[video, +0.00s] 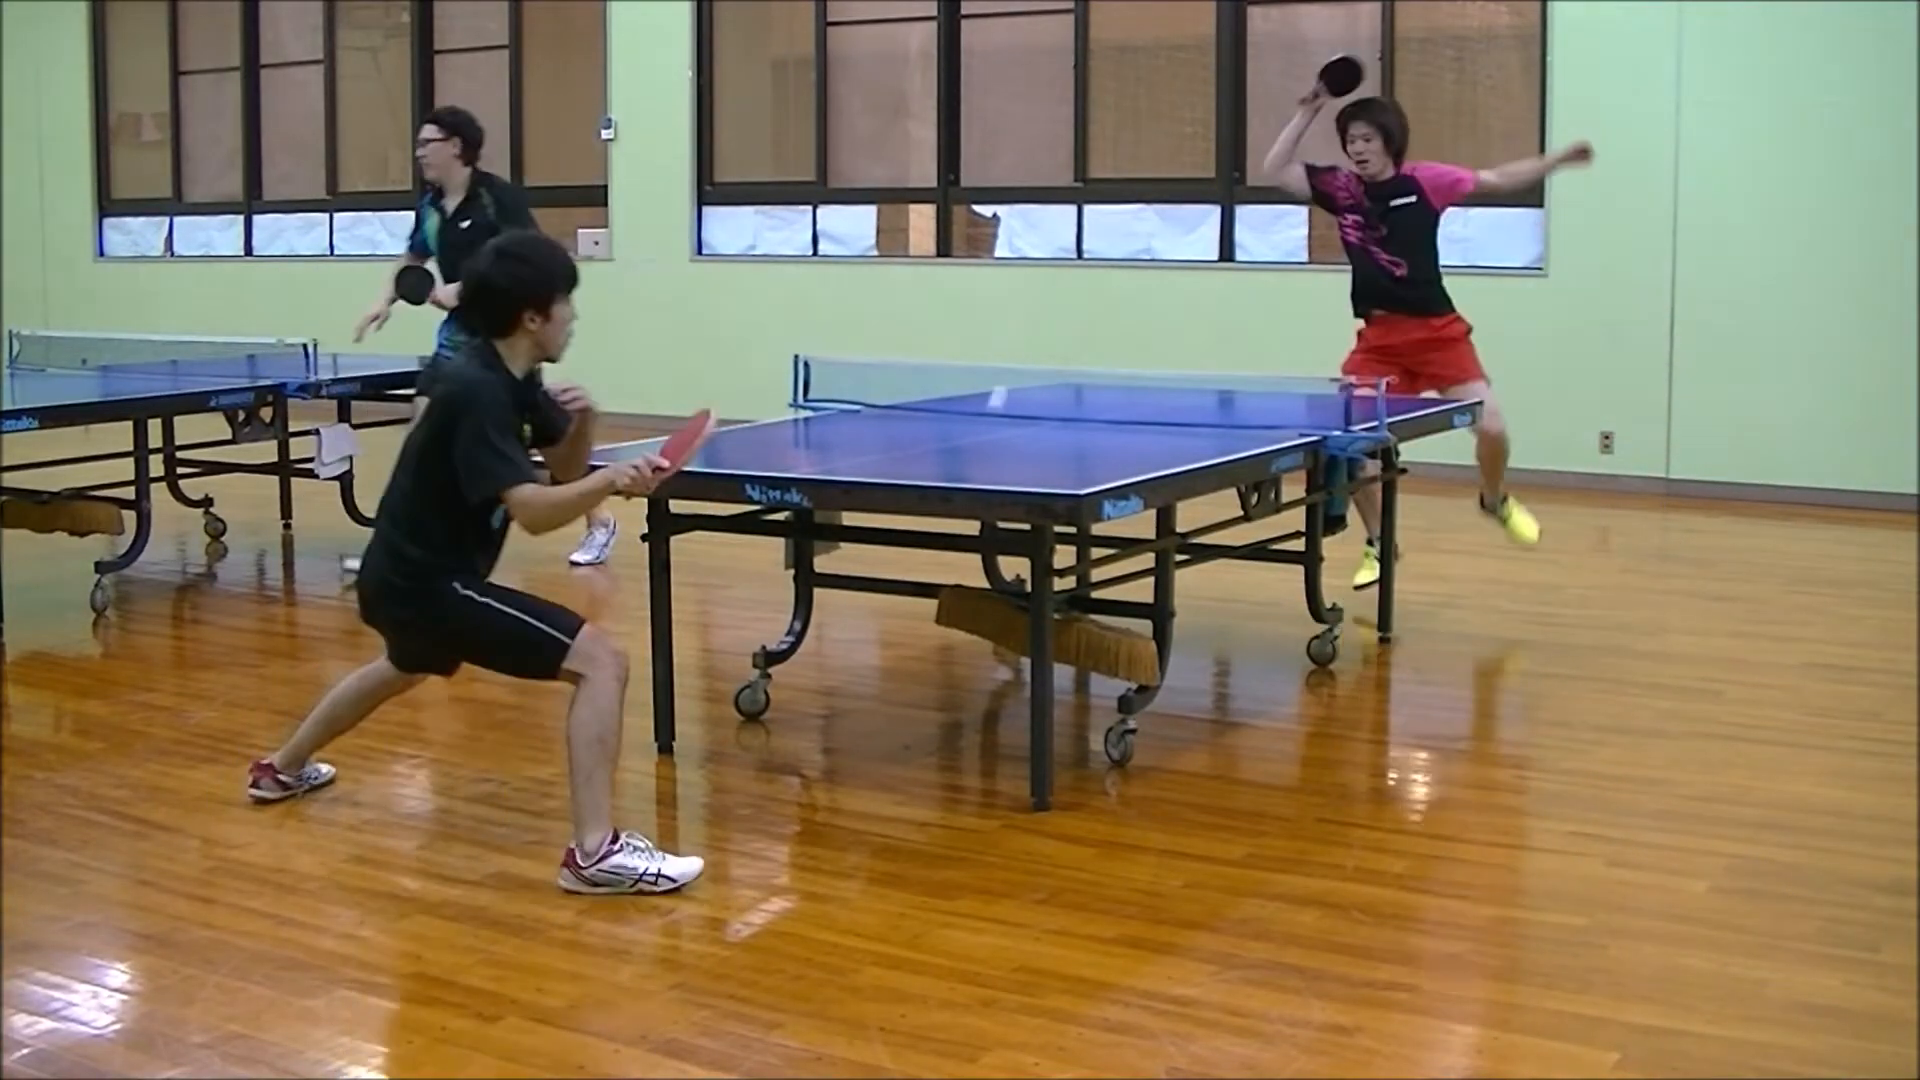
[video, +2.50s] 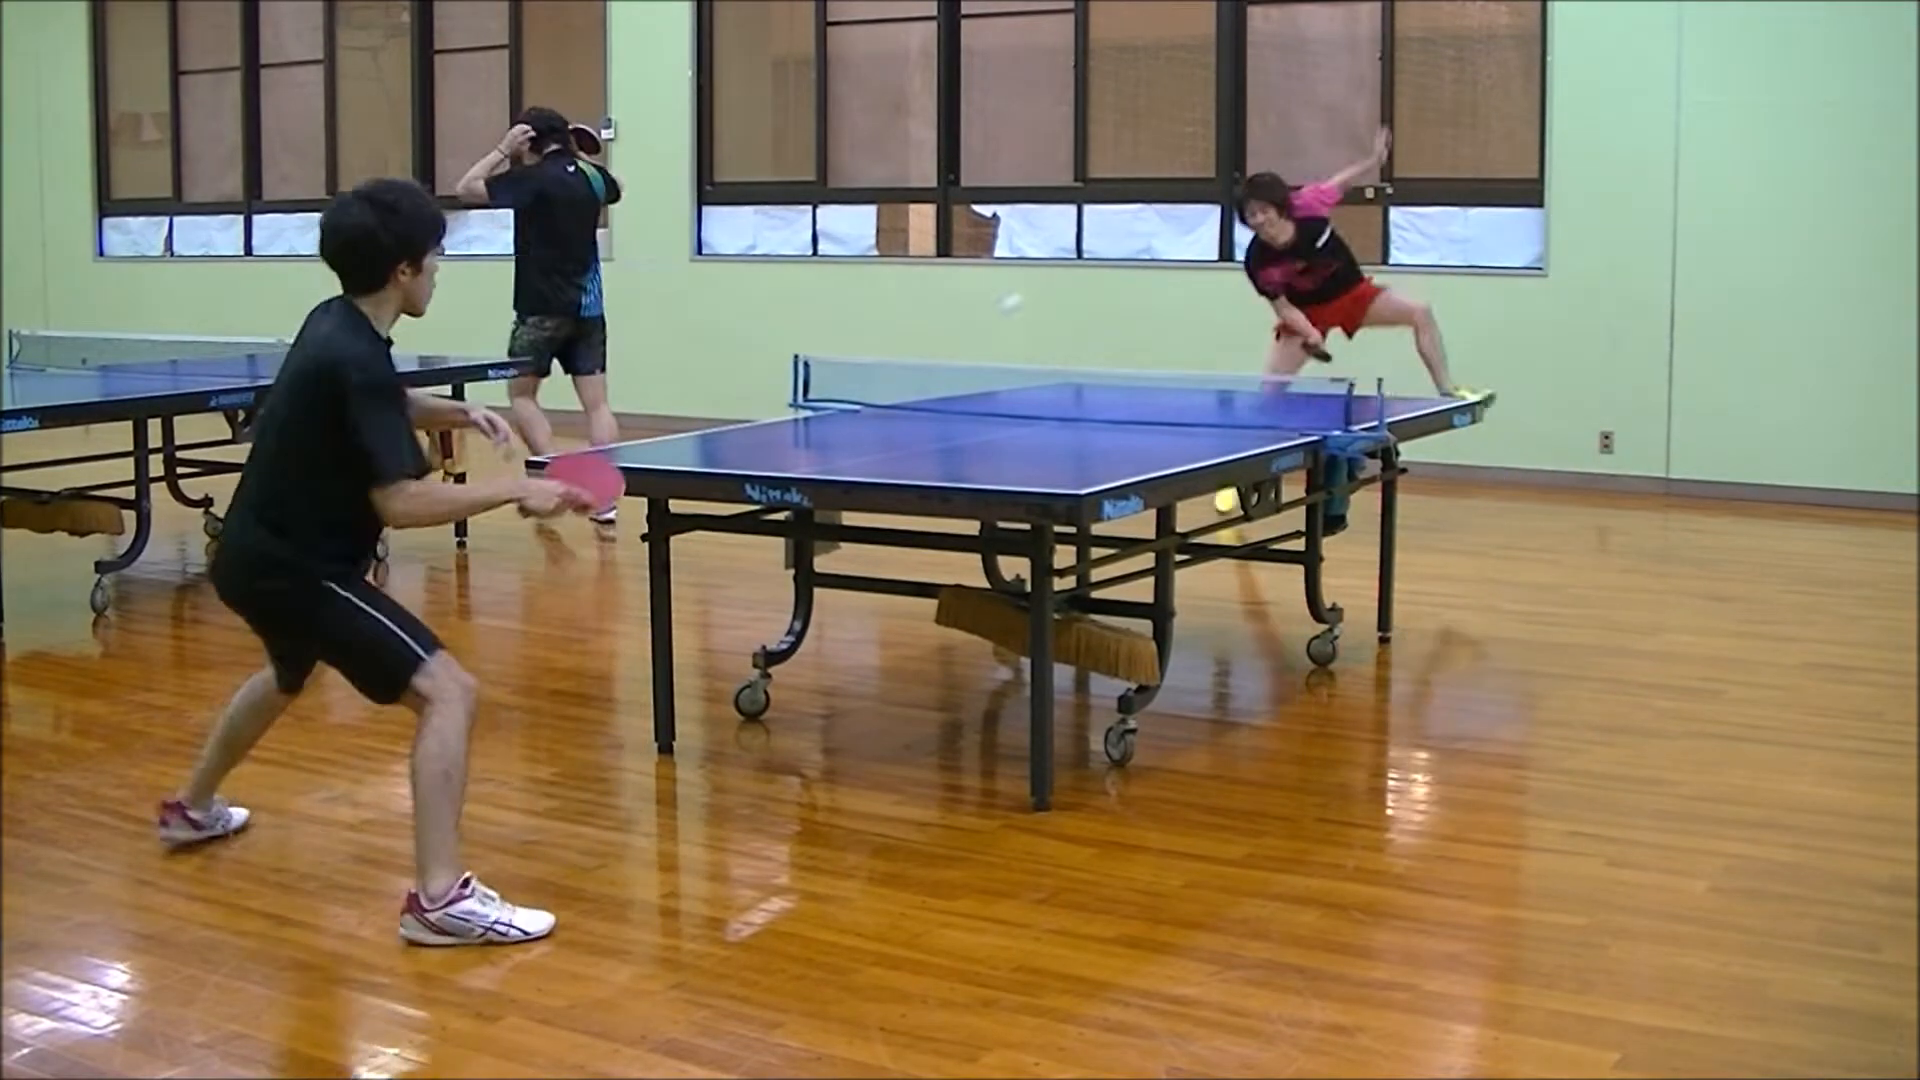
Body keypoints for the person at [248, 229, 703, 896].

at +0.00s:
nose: (572, 321)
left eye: (571, 308)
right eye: (566, 309)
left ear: (521, 314)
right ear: (532, 317)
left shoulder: (513, 374)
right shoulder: (476, 388)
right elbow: (533, 513)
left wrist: (582, 420)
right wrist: (610, 480)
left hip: (410, 578)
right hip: (424, 592)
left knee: (408, 667)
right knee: (600, 661)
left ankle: (281, 767)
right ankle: (595, 847)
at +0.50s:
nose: (653, 237)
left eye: (650, 222)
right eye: (650, 224)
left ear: (563, 223)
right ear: (629, 233)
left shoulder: (499, 277)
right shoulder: (629, 310)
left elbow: (389, 343)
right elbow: (728, 404)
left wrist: (416, 413)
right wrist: (820, 360)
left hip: (421, 494)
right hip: (509, 513)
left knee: (366, 643)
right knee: (636, 646)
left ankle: (288, 792)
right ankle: (650, 834)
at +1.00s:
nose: (497, 332)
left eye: (499, 319)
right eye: (496, 317)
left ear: (423, 311)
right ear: (472, 321)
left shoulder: (376, 368)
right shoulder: (421, 398)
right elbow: (410, 534)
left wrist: (449, 416)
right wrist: (508, 495)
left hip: (285, 593)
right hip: (346, 607)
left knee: (288, 679)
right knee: (533, 684)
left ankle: (172, 795)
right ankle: (537, 872)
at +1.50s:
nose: (584, 303)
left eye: (581, 290)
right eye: (580, 292)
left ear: (494, 296)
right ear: (554, 304)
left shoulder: (429, 344)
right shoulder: (561, 393)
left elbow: (317, 384)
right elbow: (671, 462)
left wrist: (382, 322)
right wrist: (809, 471)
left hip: (324, 570)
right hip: (411, 594)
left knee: (369, 618)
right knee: (584, 703)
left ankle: (294, 776)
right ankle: (575, 904)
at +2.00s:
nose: (478, 221)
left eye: (475, 207)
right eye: (474, 207)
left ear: (386, 214)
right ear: (453, 217)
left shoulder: (335, 284)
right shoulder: (447, 310)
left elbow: (325, 406)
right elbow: (532, 435)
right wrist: (590, 403)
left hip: (296, 539)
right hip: (385, 551)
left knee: (311, 667)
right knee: (516, 696)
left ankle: (285, 836)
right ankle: (565, 895)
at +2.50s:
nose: (435, 277)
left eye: (434, 261)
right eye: (431, 262)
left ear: (362, 265)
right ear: (404, 271)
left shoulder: (330, 327)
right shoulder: (362, 359)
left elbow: (353, 409)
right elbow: (399, 503)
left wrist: (446, 415)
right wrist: (512, 488)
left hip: (249, 553)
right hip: (296, 571)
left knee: (287, 673)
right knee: (449, 690)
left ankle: (192, 806)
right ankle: (440, 893)